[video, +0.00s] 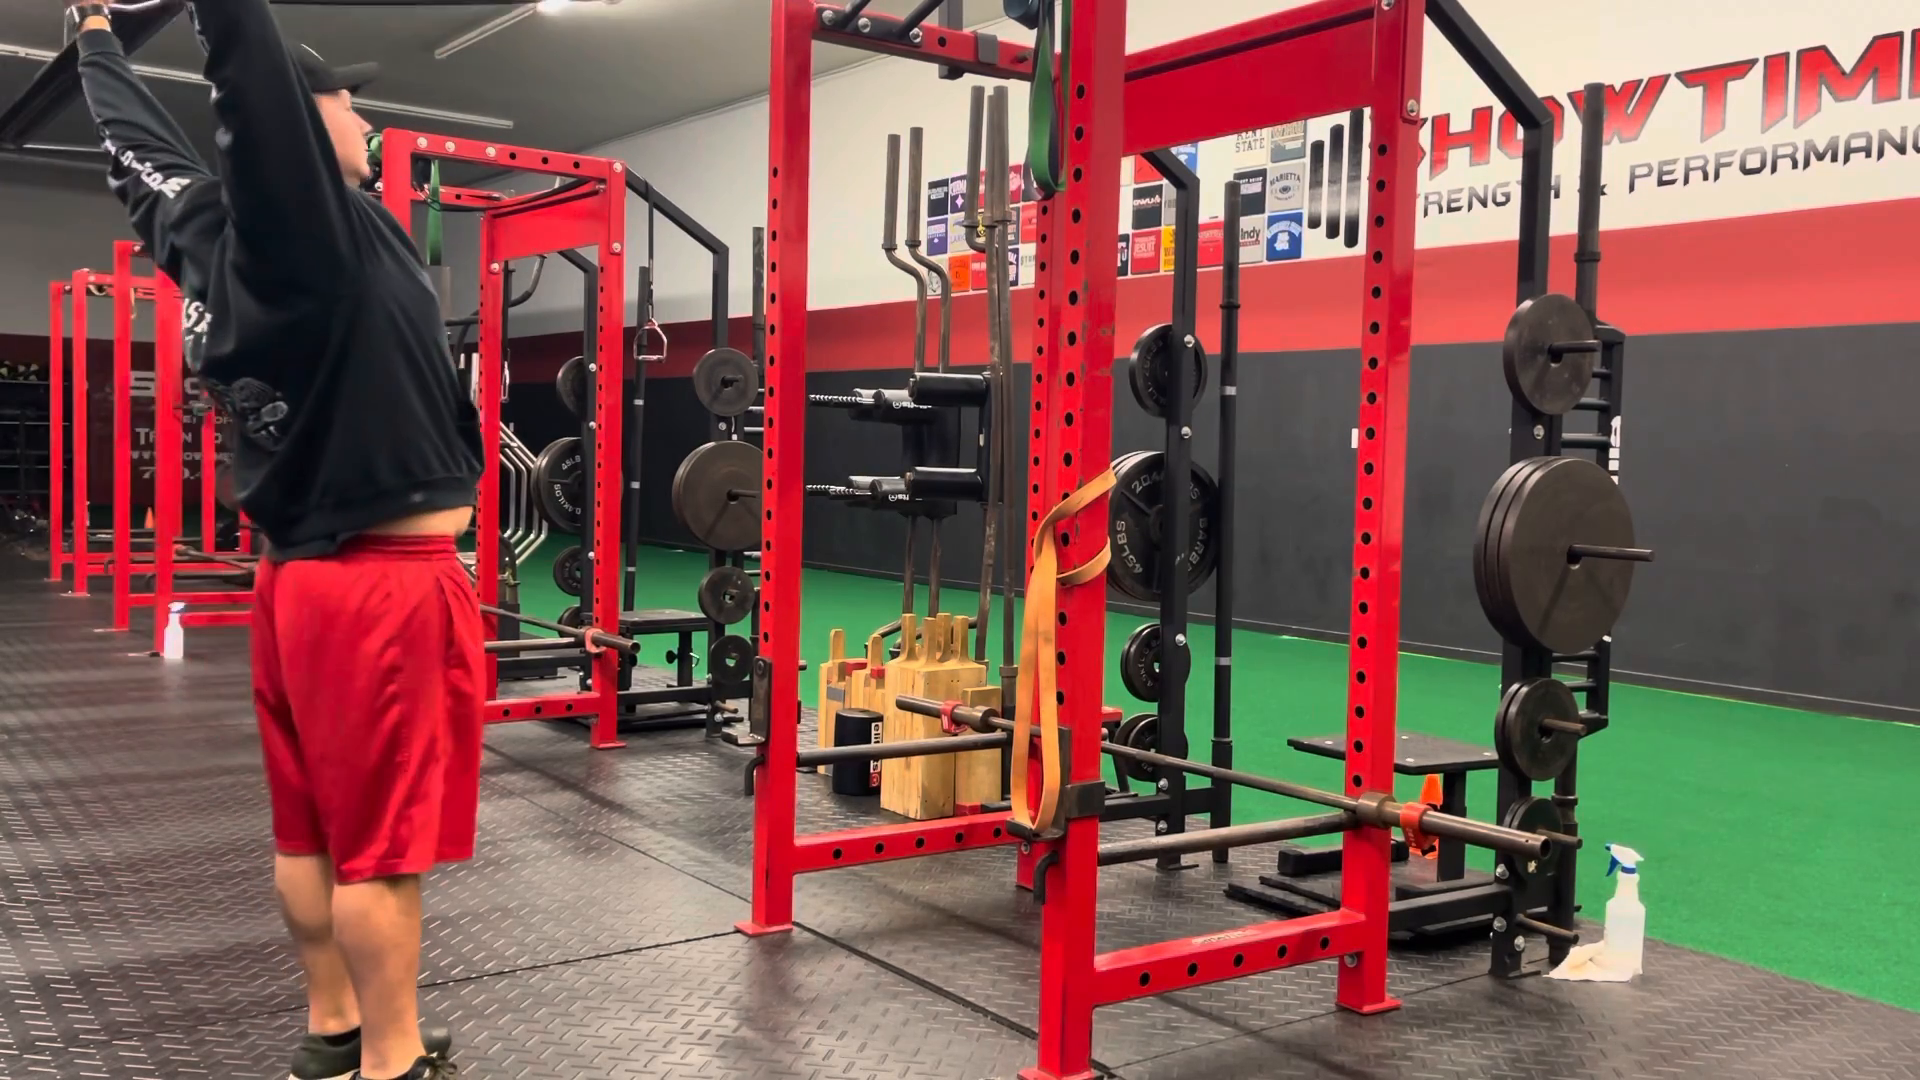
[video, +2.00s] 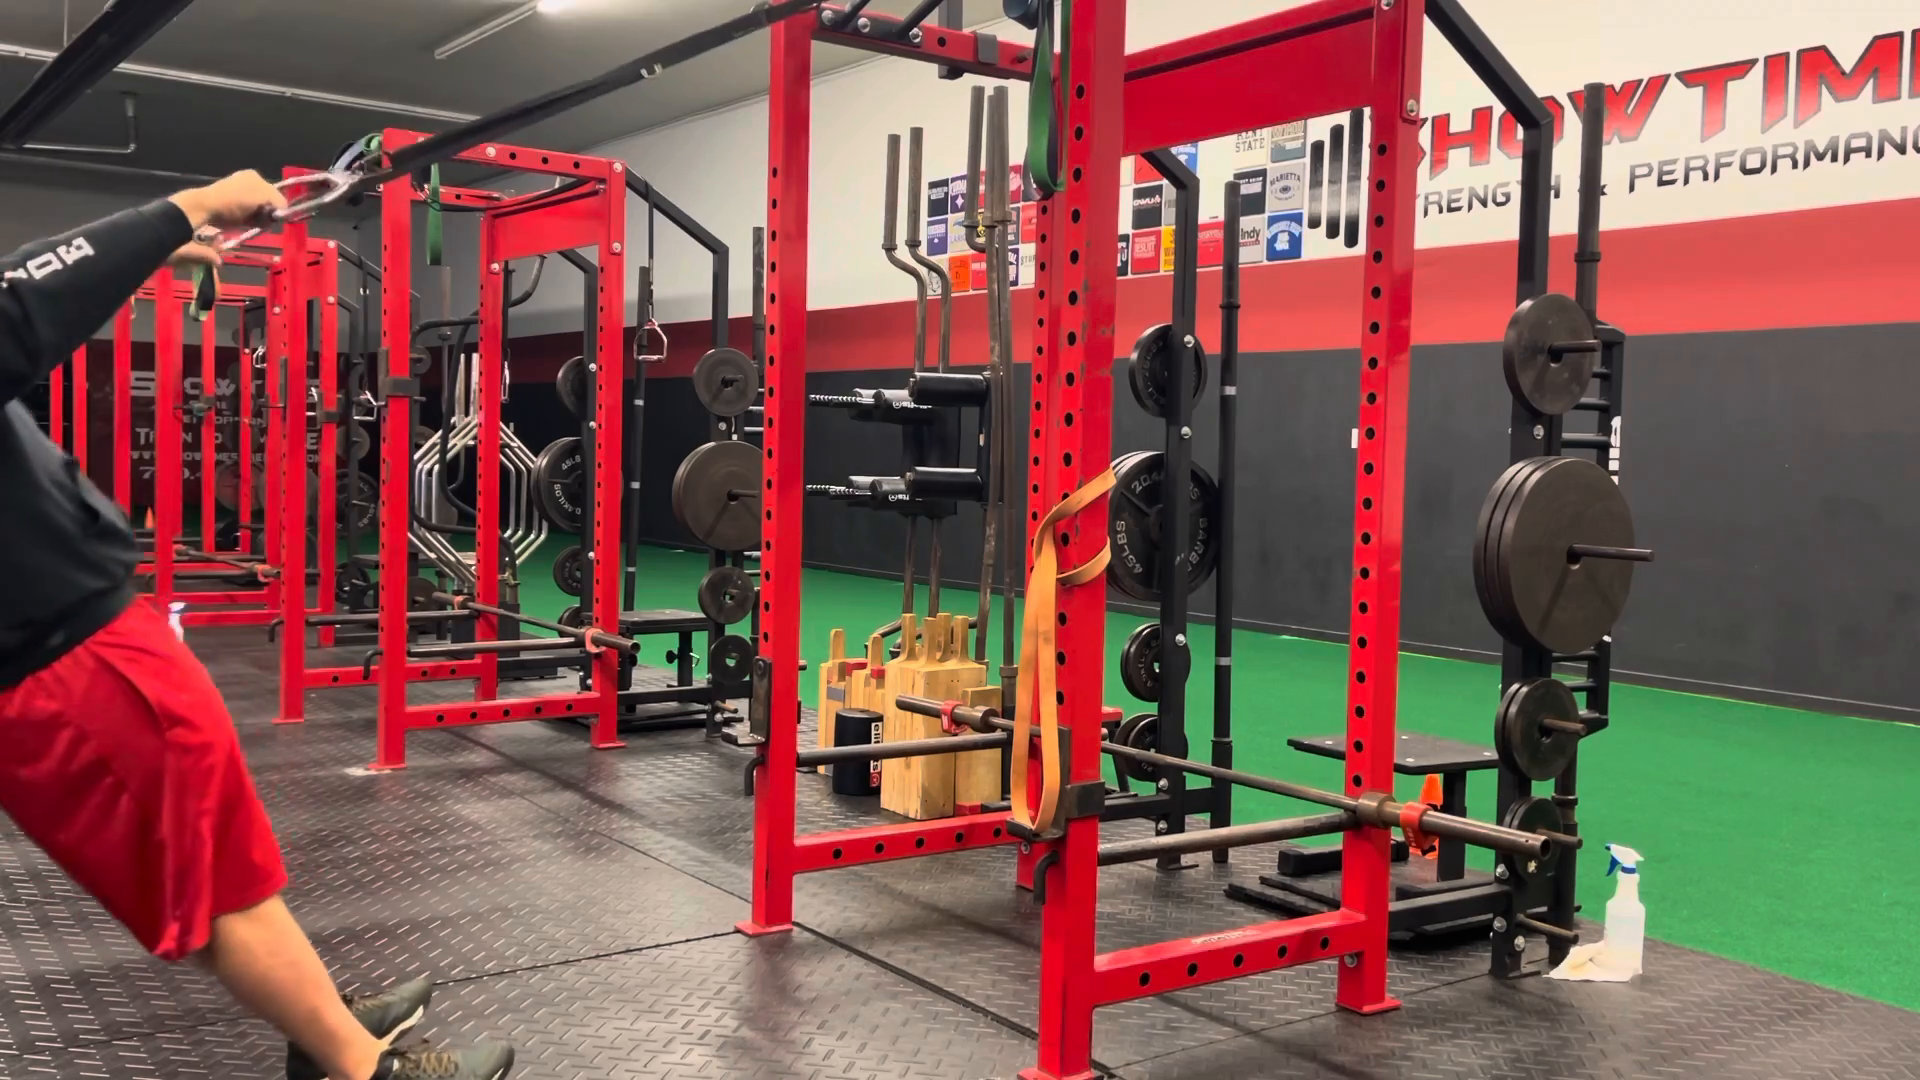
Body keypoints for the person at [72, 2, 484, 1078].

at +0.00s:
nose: (367, 121)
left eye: (359, 104)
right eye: (349, 104)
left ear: (282, 141)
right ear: (296, 121)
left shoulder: (219, 237)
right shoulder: (320, 226)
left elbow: (144, 154)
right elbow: (248, 51)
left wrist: (93, 39)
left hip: (295, 584)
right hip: (384, 589)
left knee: (306, 829)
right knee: (381, 853)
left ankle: (335, 1027)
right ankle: (393, 1058)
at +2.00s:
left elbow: (25, 307)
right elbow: (23, 314)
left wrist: (184, 215)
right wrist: (186, 210)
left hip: (53, 629)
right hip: (55, 632)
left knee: (204, 839)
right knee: (219, 869)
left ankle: (326, 1026)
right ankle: (361, 1065)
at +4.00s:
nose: (241, 127)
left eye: (225, 110)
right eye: (215, 111)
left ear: (115, 146)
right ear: (184, 126)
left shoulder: (134, 245)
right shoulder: (202, 222)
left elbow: (92, 132)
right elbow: (199, 72)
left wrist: (87, 27)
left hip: (262, 586)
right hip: (329, 587)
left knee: (312, 833)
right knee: (357, 847)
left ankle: (332, 1023)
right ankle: (390, 1059)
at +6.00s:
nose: (111, 133)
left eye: (97, 118)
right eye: (91, 118)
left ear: (29, 157)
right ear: (67, 136)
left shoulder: (48, 281)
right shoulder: (119, 247)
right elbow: (139, 51)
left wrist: (78, 45)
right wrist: (96, 26)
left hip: (220, 612)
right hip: (300, 597)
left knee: (288, 847)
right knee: (350, 858)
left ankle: (330, 1026)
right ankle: (388, 1061)